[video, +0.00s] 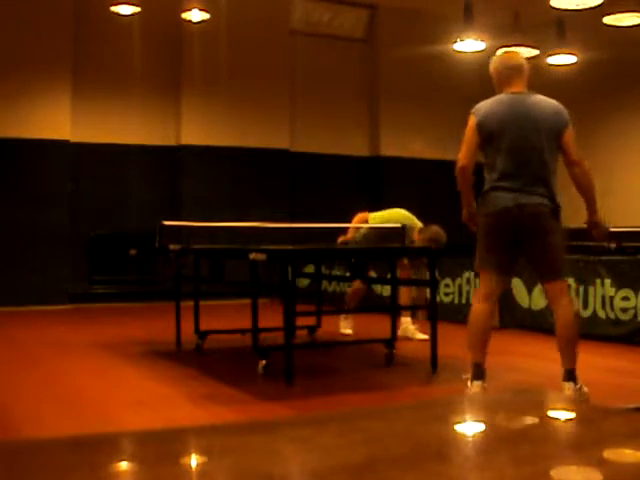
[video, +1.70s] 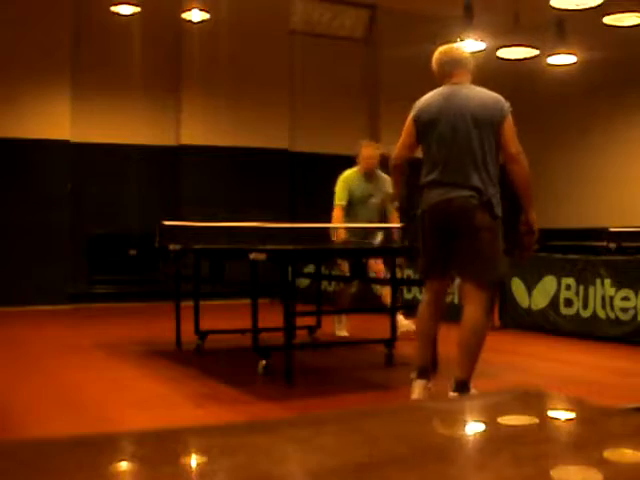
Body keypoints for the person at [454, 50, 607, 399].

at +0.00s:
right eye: (525, 70)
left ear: (495, 79)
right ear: (526, 75)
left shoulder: (482, 111)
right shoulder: (554, 110)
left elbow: (464, 164)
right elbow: (575, 163)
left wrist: (468, 205)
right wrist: (593, 211)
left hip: (495, 216)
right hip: (541, 215)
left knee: (486, 292)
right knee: (559, 294)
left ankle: (476, 377)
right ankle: (570, 379)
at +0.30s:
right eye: (494, 72)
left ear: (466, 81)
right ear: (495, 75)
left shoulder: (453, 111)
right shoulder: (524, 106)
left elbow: (434, 161)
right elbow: (545, 157)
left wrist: (444, 208)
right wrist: (556, 209)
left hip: (469, 211)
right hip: (512, 210)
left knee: (471, 290)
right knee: (537, 286)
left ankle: (474, 375)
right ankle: (535, 371)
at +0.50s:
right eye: (484, 71)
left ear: (457, 79)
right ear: (487, 74)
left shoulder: (444, 112)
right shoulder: (515, 106)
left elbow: (429, 166)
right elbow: (536, 155)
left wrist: (432, 207)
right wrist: (546, 208)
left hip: (460, 210)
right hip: (503, 209)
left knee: (465, 288)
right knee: (517, 289)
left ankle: (472, 372)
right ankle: (485, 358)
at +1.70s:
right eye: (467, 67)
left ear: (438, 73)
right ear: (469, 69)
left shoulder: (424, 105)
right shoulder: (496, 103)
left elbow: (399, 157)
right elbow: (514, 157)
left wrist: (398, 199)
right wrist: (529, 209)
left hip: (434, 208)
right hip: (479, 208)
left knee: (433, 290)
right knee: (476, 297)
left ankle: (422, 376)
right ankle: (461, 387)